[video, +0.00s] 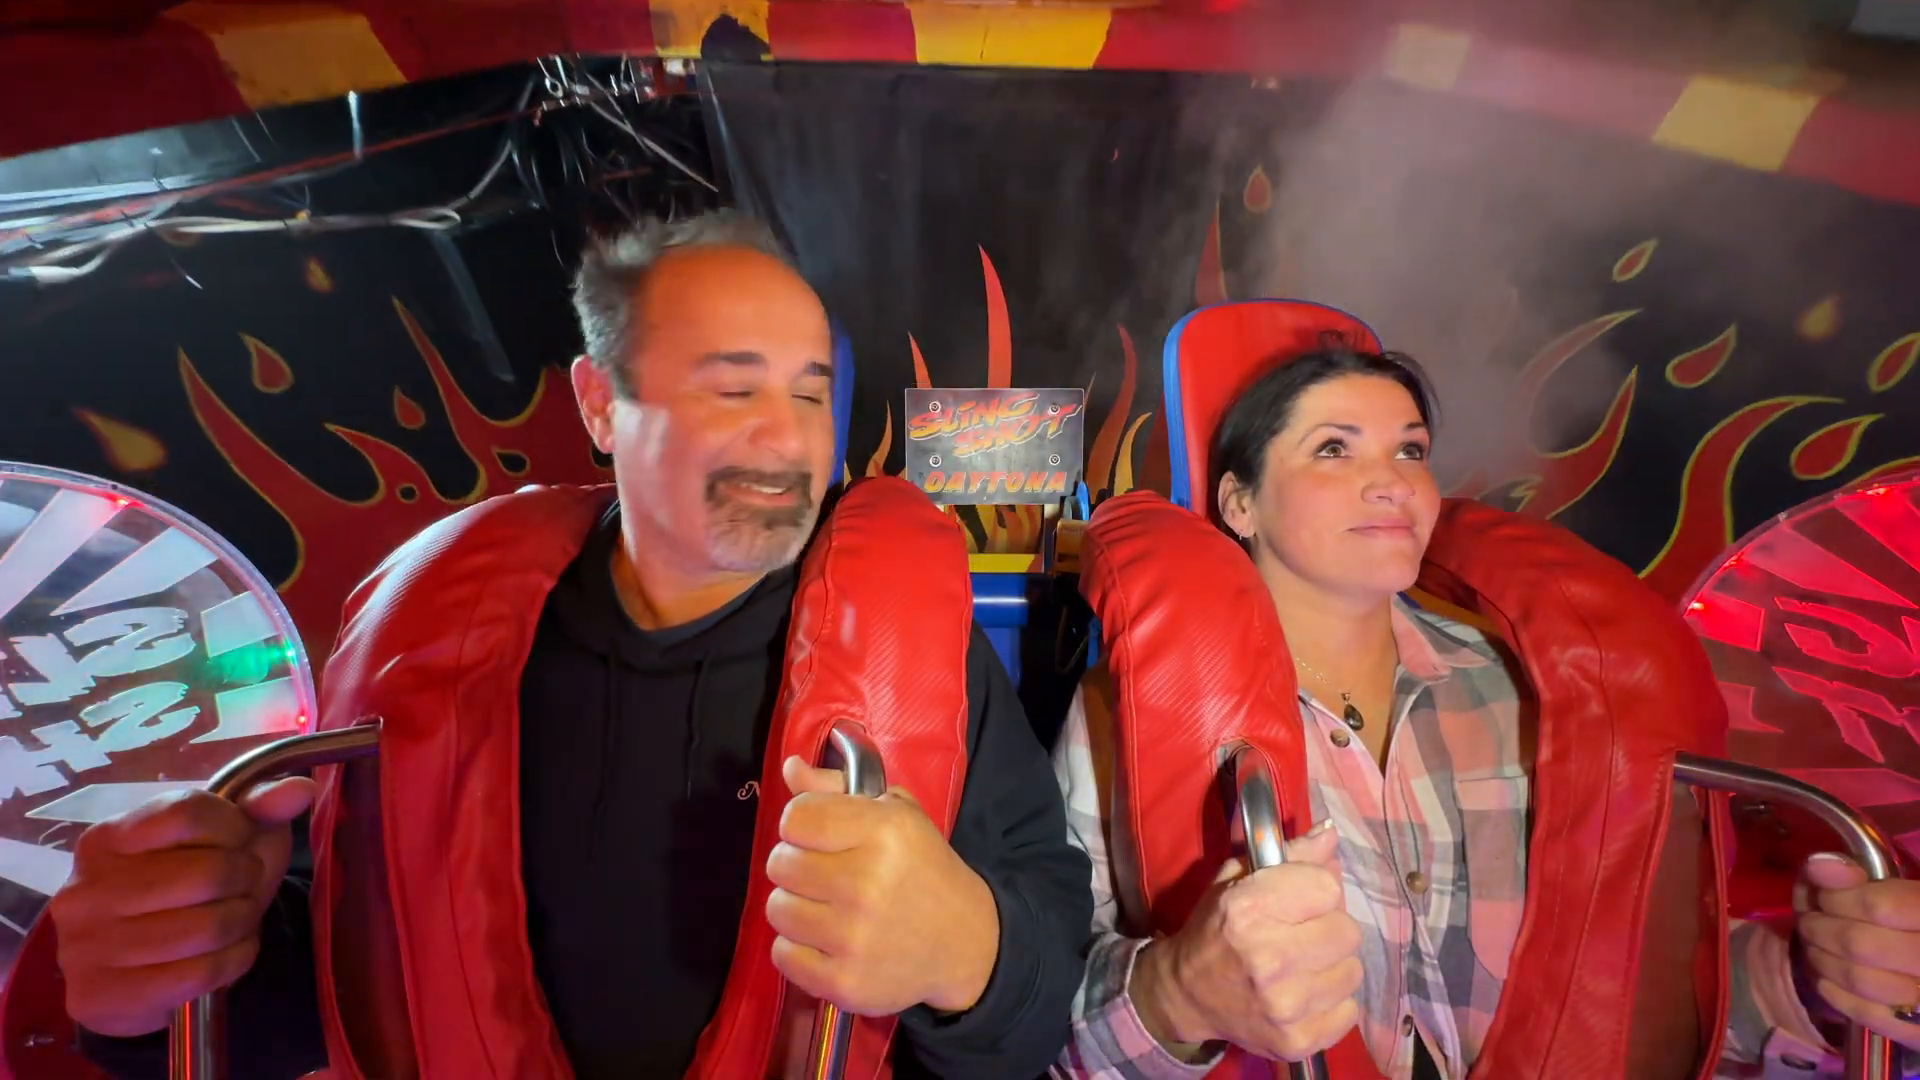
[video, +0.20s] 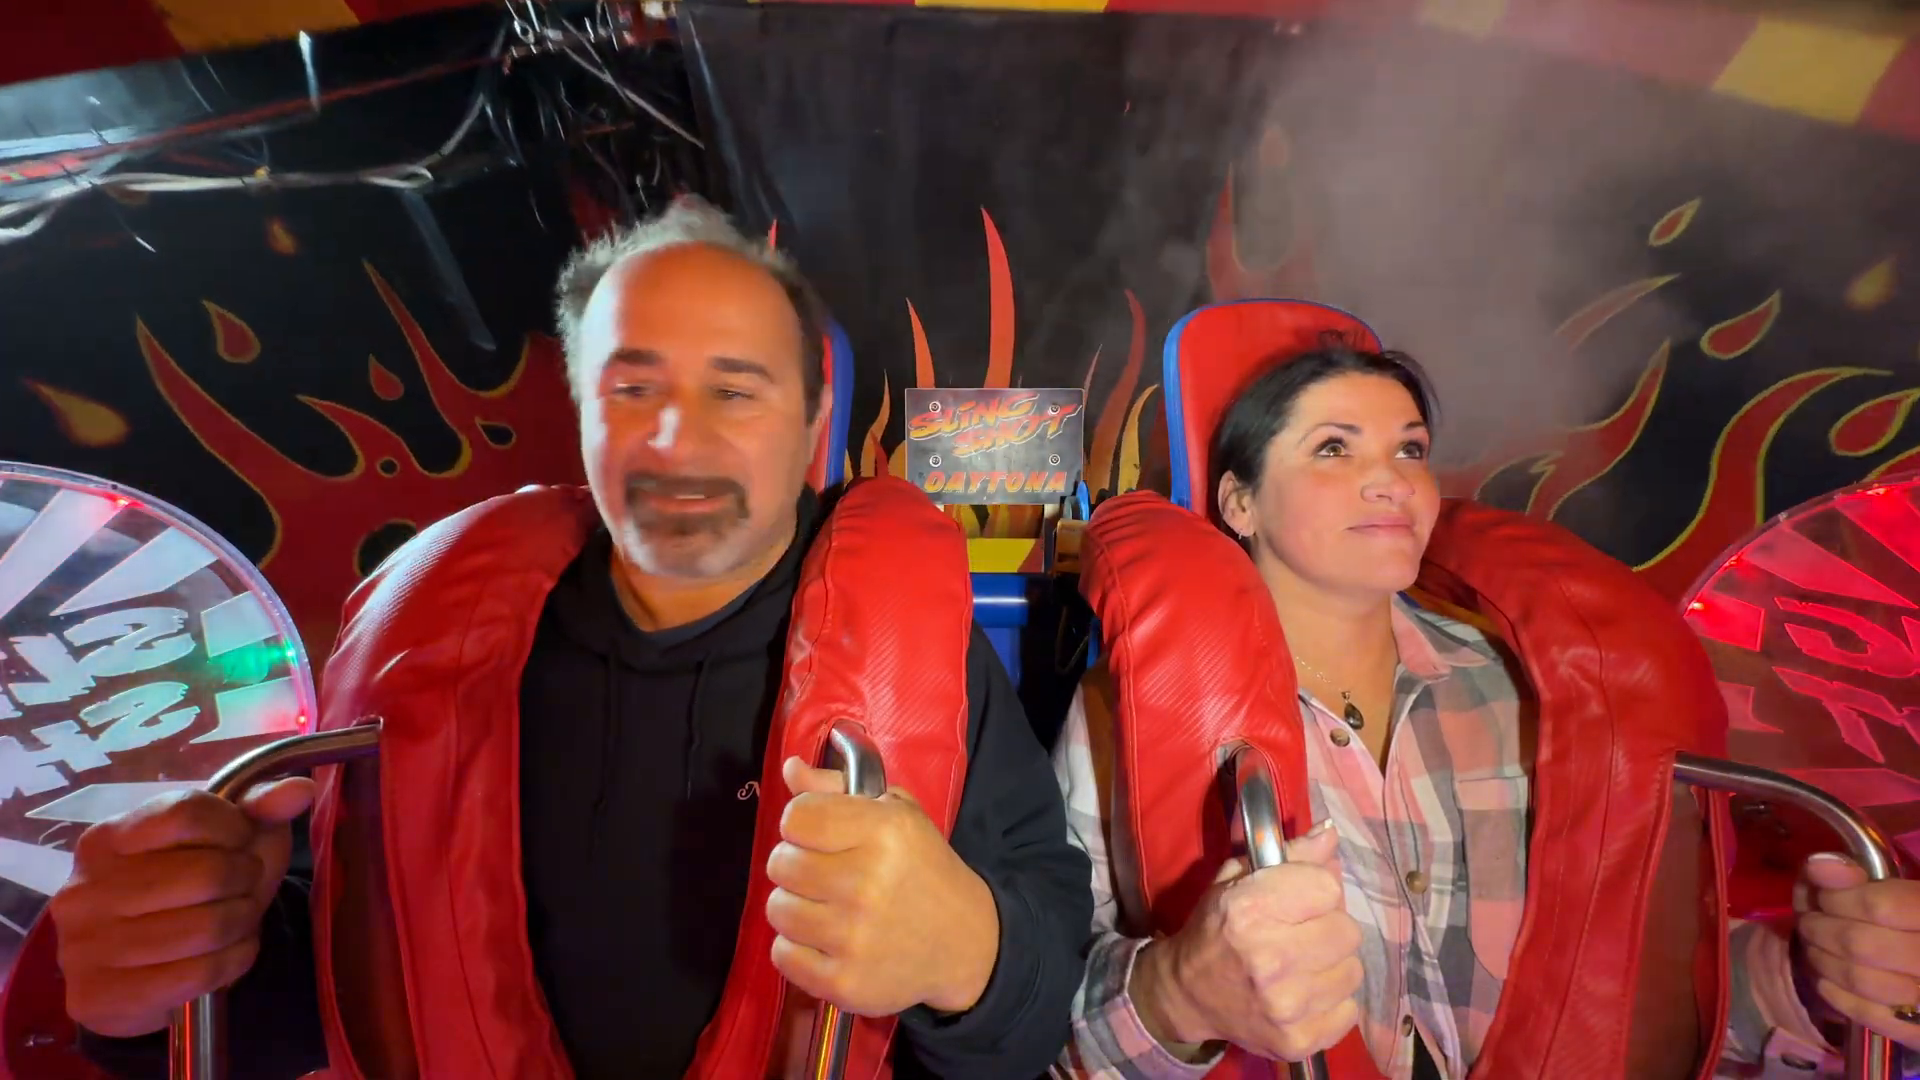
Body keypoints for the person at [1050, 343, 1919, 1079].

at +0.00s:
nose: (1391, 481)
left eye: (1410, 453)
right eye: (1333, 451)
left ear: (1435, 493)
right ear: (1240, 505)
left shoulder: (1522, 695)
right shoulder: (1143, 716)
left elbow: (1612, 974)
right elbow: (1047, 1040)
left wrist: (1804, 975)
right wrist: (1174, 998)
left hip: (1499, 1069)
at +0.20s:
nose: (1393, 482)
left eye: (1410, 452)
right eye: (1334, 451)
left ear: (1434, 489)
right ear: (1240, 503)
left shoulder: (1517, 692)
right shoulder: (1145, 711)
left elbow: (1617, 967)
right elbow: (1052, 1034)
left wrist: (1809, 973)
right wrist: (1171, 996)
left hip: (1497, 1065)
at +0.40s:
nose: (1391, 480)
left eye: (1409, 453)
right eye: (1334, 451)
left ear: (1434, 494)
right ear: (1239, 501)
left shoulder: (1512, 692)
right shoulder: (1144, 711)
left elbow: (1604, 970)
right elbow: (1054, 1035)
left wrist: (1790, 973)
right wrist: (1174, 999)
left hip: (1488, 1064)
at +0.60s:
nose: (1391, 479)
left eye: (1410, 451)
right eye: (1332, 448)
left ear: (1436, 491)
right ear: (1237, 500)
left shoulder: (1519, 692)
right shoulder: (1142, 711)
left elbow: (1620, 964)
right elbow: (1053, 1034)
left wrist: (1809, 971)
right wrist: (1173, 1000)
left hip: (1492, 1066)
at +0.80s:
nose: (1387, 478)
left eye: (1408, 448)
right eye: (1330, 447)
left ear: (1435, 487)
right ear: (1236, 500)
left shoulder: (1515, 691)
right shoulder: (1142, 710)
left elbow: (1614, 963)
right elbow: (1048, 1035)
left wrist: (1805, 970)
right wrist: (1173, 1001)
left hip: (1488, 1066)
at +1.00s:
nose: (1388, 478)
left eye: (1408, 447)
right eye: (1330, 447)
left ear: (1437, 485)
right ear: (1238, 500)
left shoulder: (1514, 693)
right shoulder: (1141, 712)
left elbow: (1599, 975)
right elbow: (1041, 1028)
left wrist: (1793, 968)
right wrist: (1170, 1000)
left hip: (1488, 1067)